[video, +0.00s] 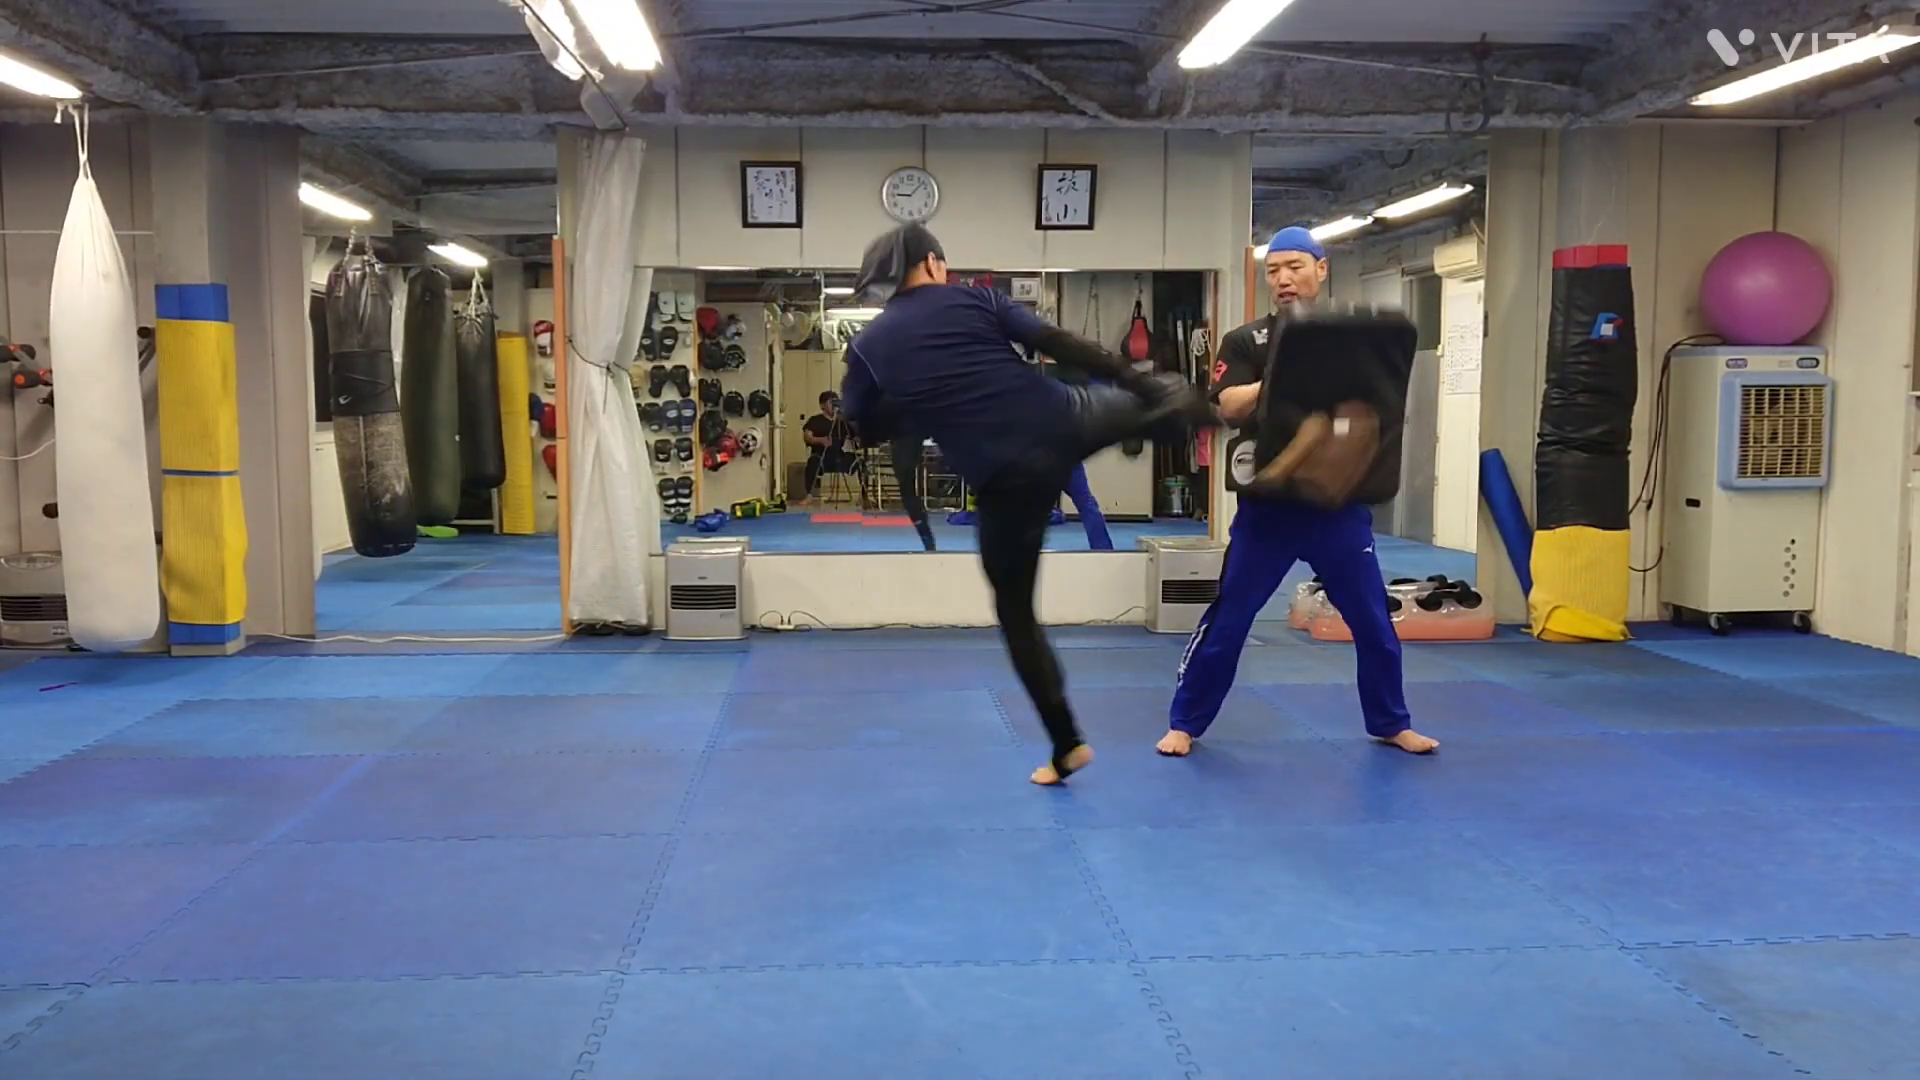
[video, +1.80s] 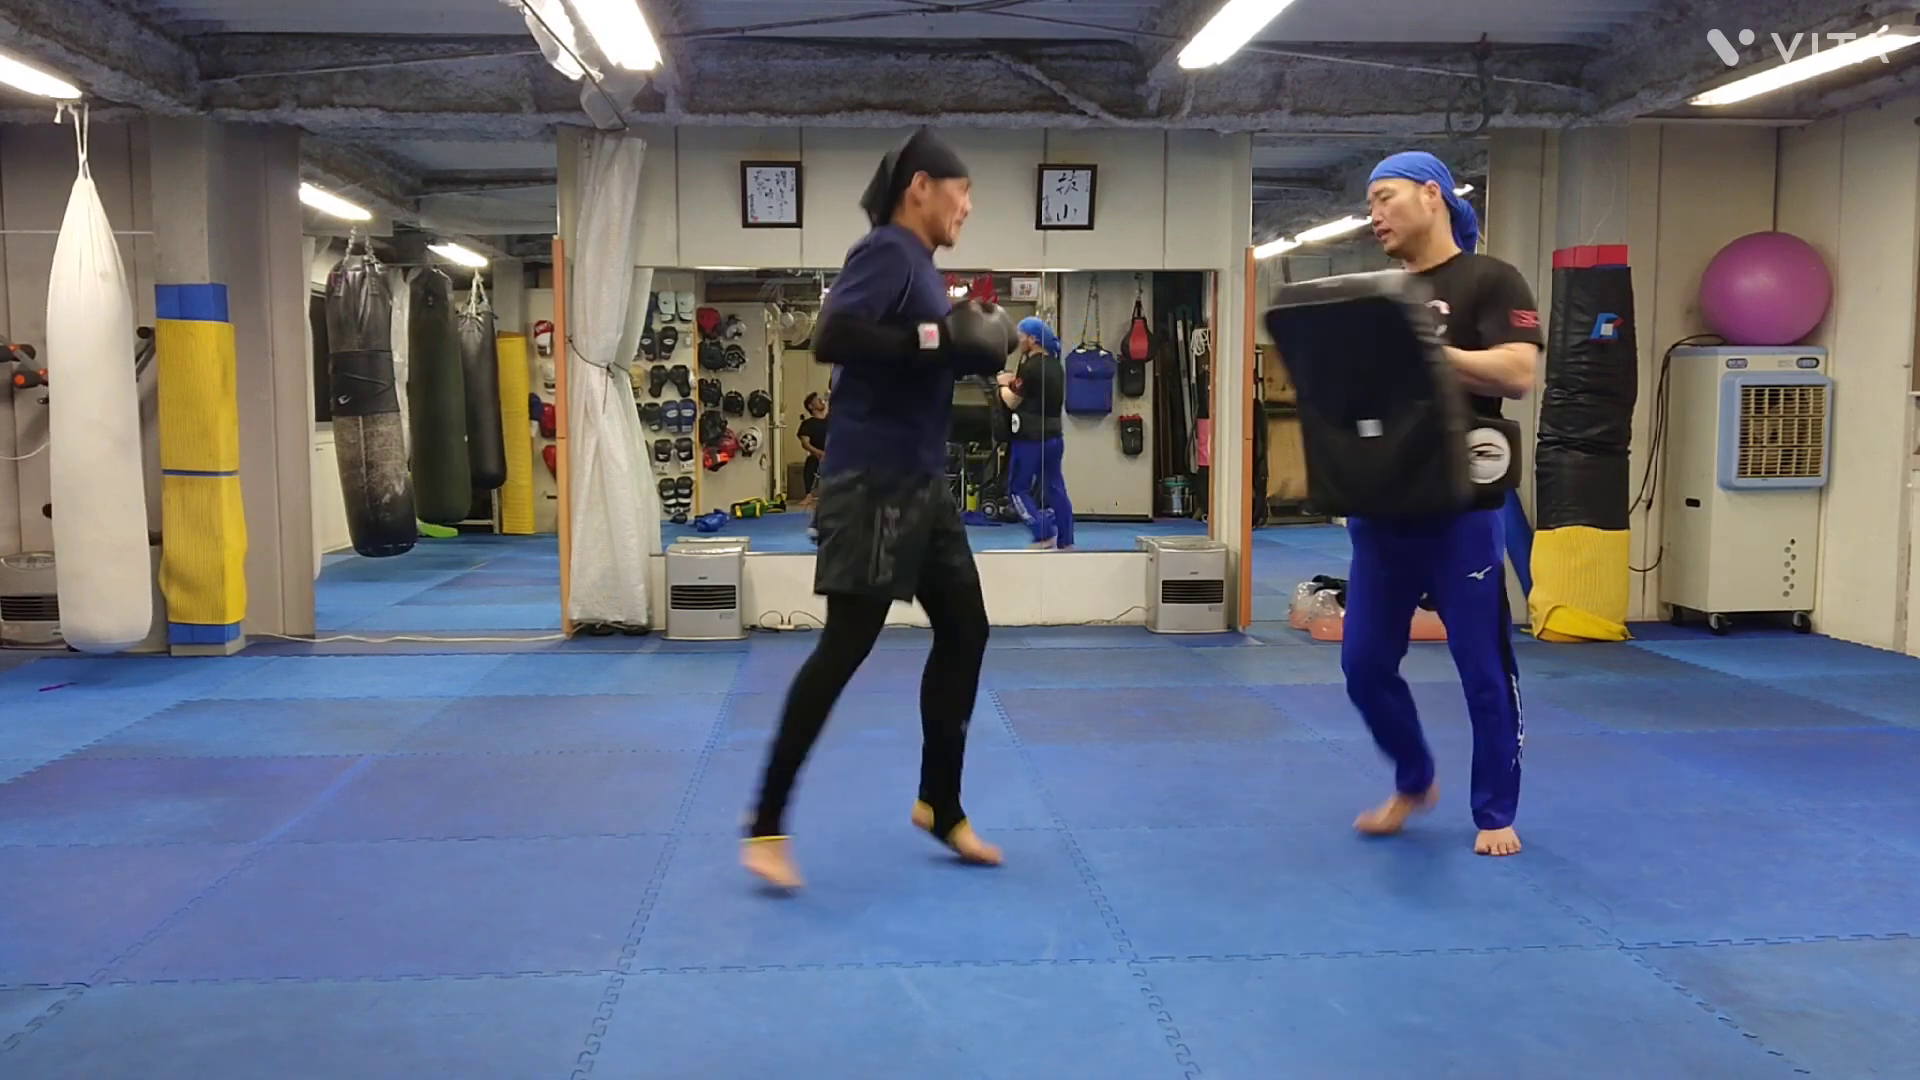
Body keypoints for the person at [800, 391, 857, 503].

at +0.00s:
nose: (834, 405)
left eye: (835, 402)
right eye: (831, 403)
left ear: (838, 404)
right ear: (823, 405)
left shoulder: (842, 420)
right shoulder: (815, 420)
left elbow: (853, 436)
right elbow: (807, 437)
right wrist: (822, 440)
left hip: (839, 456)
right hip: (821, 457)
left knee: (860, 462)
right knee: (812, 462)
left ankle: (864, 495)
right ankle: (809, 495)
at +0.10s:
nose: (833, 404)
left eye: (834, 401)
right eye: (830, 401)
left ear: (837, 403)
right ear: (821, 405)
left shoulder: (841, 420)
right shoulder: (814, 420)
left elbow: (858, 430)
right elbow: (807, 437)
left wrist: (844, 417)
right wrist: (818, 446)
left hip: (839, 456)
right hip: (821, 457)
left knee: (860, 462)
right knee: (813, 462)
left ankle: (864, 495)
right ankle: (809, 495)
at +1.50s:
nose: (823, 401)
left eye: (823, 399)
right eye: (818, 400)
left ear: (826, 402)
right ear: (811, 406)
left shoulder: (835, 418)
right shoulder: (808, 423)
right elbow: (806, 444)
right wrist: (820, 453)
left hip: (839, 455)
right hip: (821, 457)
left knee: (854, 457)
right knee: (811, 461)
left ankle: (857, 490)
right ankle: (808, 495)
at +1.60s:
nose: (822, 402)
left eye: (823, 399)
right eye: (818, 400)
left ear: (826, 402)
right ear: (811, 406)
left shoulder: (834, 418)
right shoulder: (808, 423)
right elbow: (806, 444)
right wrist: (820, 453)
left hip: (837, 456)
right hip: (820, 458)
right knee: (811, 461)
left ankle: (844, 494)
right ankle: (808, 495)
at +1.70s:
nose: (821, 401)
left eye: (821, 399)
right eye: (817, 400)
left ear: (825, 401)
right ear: (810, 406)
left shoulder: (832, 419)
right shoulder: (807, 423)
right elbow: (805, 443)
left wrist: (835, 401)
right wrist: (820, 453)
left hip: (834, 453)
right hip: (818, 455)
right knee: (810, 462)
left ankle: (840, 493)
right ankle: (808, 494)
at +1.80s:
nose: (821, 402)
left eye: (820, 399)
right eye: (817, 400)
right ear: (810, 406)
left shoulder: (830, 420)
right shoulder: (807, 423)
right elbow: (805, 443)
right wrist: (819, 453)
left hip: (831, 458)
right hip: (815, 459)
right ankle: (810, 495)